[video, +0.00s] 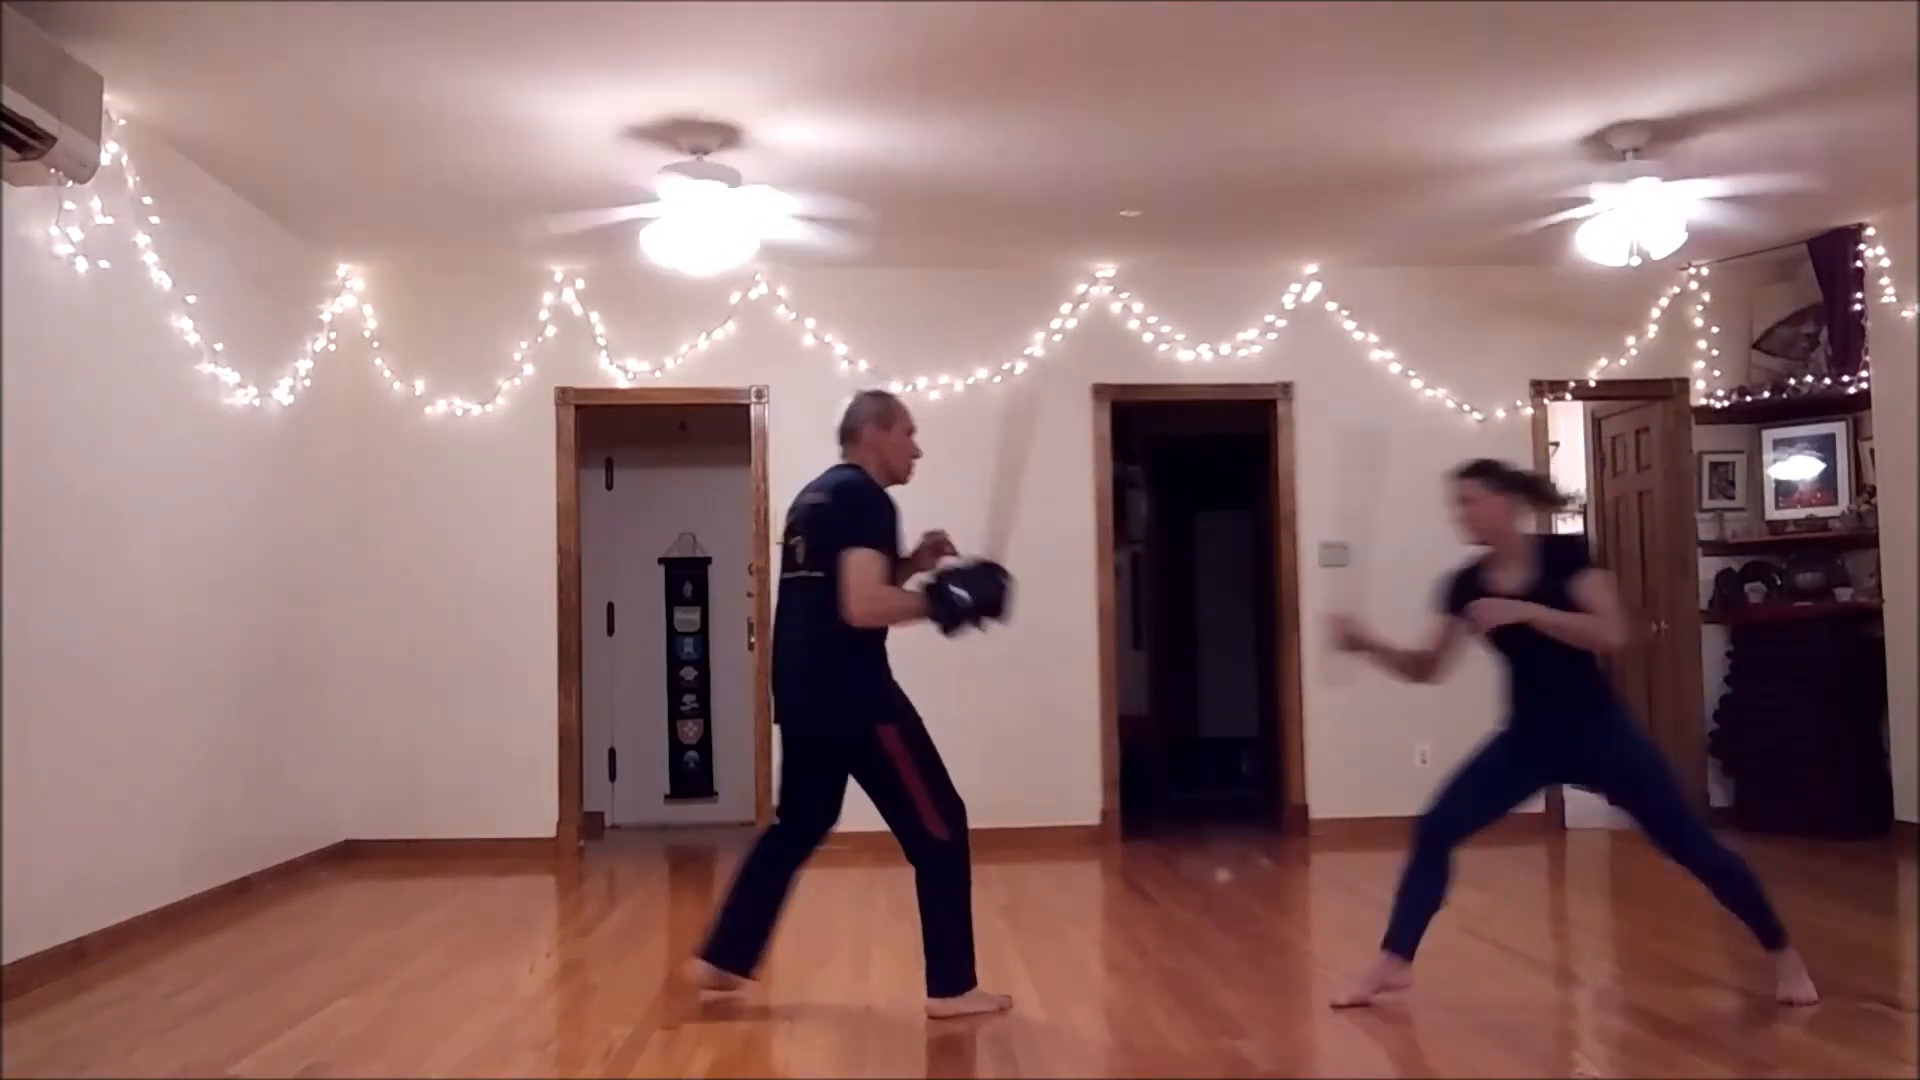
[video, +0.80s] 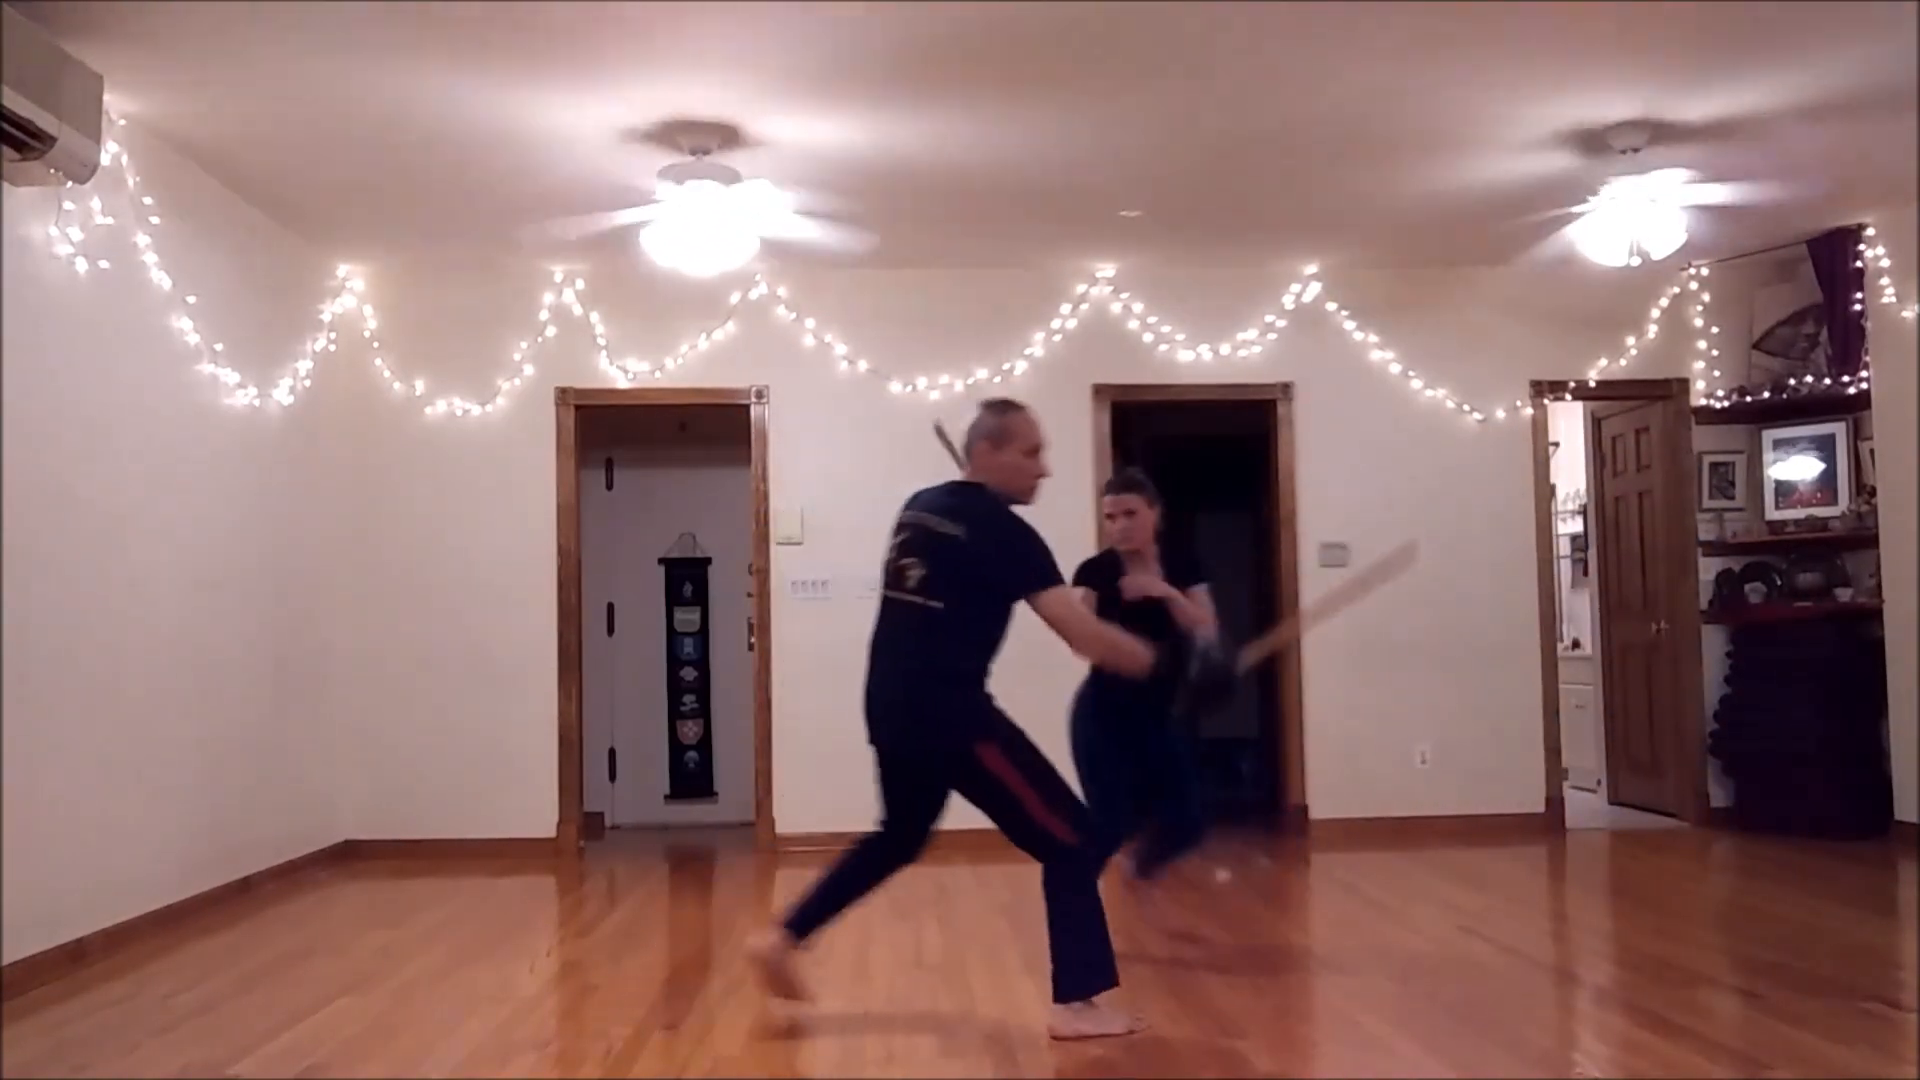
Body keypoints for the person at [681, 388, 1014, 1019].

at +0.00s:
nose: (917, 446)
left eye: (914, 434)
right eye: (907, 433)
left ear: (863, 436)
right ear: (872, 434)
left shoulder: (815, 496)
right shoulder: (864, 498)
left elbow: (838, 590)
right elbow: (865, 605)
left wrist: (911, 563)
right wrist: (942, 598)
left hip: (804, 695)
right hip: (858, 694)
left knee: (801, 822)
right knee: (939, 828)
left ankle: (722, 959)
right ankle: (952, 987)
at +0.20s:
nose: (849, 471)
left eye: (847, 459)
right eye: (841, 458)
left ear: (799, 460)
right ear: (808, 458)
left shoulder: (798, 526)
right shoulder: (787, 512)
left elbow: (826, 635)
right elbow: (769, 594)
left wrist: (870, 589)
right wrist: (838, 543)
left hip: (790, 714)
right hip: (825, 707)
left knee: (762, 843)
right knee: (936, 813)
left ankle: (662, 975)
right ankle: (901, 966)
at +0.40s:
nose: (846, 466)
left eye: (843, 456)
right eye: (835, 456)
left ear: (798, 471)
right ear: (802, 468)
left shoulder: (781, 533)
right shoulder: (796, 526)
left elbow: (799, 629)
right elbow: (828, 605)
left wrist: (858, 613)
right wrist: (854, 530)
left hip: (796, 728)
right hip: (832, 724)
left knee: (773, 855)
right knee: (962, 816)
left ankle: (667, 968)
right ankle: (941, 974)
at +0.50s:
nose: (876, 467)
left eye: (873, 456)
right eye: (864, 458)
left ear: (823, 470)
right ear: (824, 468)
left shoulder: (805, 533)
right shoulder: (829, 532)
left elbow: (917, 601)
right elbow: (923, 599)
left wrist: (955, 532)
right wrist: (959, 525)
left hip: (810, 733)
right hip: (853, 727)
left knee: (770, 850)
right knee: (986, 826)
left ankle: (664, 971)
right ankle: (1016, 989)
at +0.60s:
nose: (925, 459)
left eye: (920, 446)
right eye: (910, 448)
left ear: (872, 466)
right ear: (874, 463)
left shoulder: (838, 525)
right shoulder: (903, 527)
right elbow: (1013, 587)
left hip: (834, 729)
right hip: (890, 726)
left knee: (784, 840)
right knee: (1010, 836)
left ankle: (672, 958)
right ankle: (1071, 999)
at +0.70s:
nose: (993, 463)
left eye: (991, 450)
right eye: (983, 452)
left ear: (932, 459)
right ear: (948, 457)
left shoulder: (887, 515)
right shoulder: (967, 528)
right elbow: (1073, 593)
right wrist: (1144, 597)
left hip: (868, 716)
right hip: (926, 718)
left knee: (844, 839)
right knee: (1048, 833)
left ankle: (709, 939)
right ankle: (1074, 1001)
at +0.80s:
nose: (1043, 467)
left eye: (1042, 453)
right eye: (1032, 454)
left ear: (976, 457)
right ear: (988, 455)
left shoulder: (921, 506)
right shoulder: (1006, 533)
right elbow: (1085, 634)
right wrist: (1149, 658)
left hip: (892, 708)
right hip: (954, 713)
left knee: (901, 834)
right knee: (1071, 839)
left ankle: (787, 935)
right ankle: (1078, 1002)